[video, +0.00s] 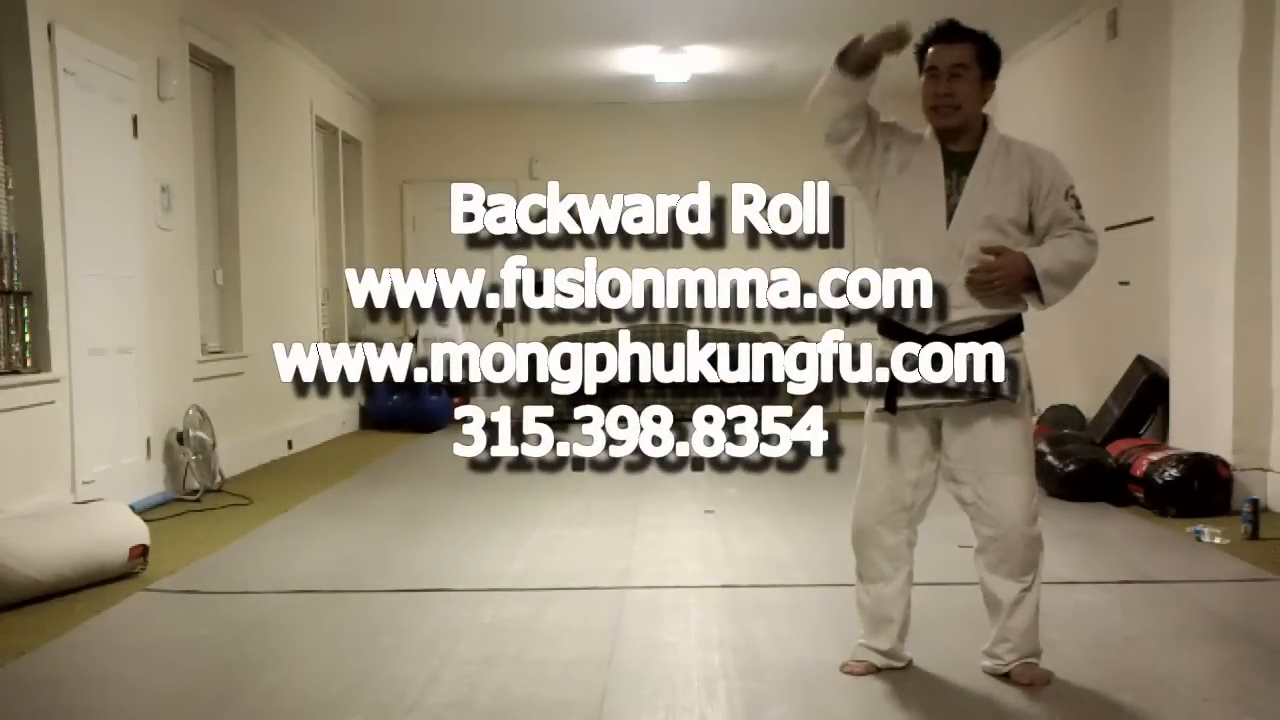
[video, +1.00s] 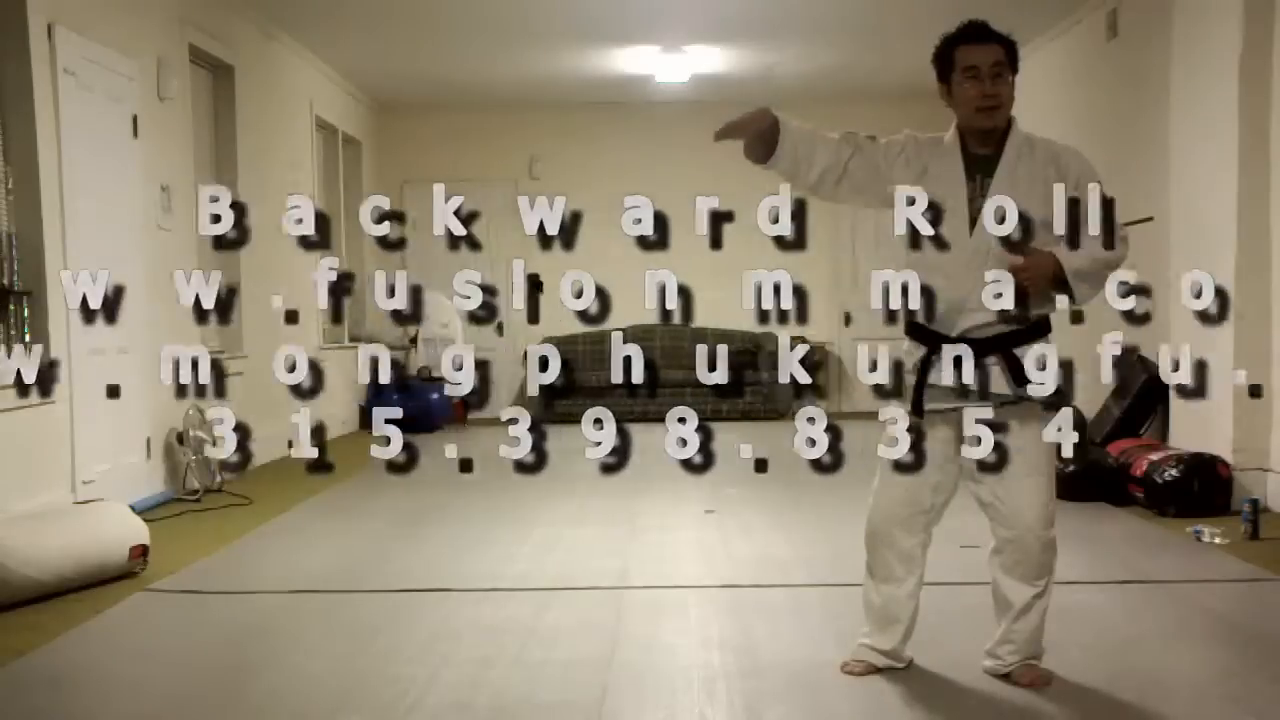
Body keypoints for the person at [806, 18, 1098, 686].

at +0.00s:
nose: (940, 85)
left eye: (957, 73)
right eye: (931, 73)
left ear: (988, 85)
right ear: (919, 86)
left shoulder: (1031, 167)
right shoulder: (887, 154)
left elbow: (1079, 243)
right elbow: (836, 121)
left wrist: (1032, 267)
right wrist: (858, 60)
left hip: (989, 362)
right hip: (896, 363)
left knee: (1011, 521)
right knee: (881, 516)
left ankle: (1014, 651)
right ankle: (879, 643)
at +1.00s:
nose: (989, 86)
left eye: (1000, 72)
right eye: (972, 74)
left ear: (1015, 83)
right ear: (946, 88)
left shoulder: (1060, 165)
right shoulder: (911, 158)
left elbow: (1110, 250)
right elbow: (840, 161)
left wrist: (1059, 265)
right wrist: (774, 133)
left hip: (1018, 368)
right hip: (929, 367)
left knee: (1029, 524)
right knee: (895, 514)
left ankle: (1016, 653)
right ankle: (882, 641)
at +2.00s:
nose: (968, 87)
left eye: (987, 74)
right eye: (962, 74)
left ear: (1021, 88)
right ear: (953, 83)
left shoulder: (1064, 171)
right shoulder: (918, 154)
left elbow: (1110, 251)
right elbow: (861, 120)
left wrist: (1063, 271)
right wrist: (841, 66)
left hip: (1018, 365)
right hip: (927, 362)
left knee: (1029, 526)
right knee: (893, 515)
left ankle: (1015, 654)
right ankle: (882, 641)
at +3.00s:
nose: (981, 85)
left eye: (991, 70)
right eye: (962, 76)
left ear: (1009, 80)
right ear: (941, 94)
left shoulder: (1059, 167)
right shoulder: (918, 162)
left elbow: (1106, 241)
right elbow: (869, 119)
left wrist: (1064, 266)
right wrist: (888, 62)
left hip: (1023, 367)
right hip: (933, 366)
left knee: (1035, 525)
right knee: (900, 516)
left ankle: (1017, 653)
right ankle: (884, 641)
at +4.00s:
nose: (979, 84)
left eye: (986, 69)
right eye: (959, 74)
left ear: (1000, 80)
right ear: (932, 95)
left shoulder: (1050, 162)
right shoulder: (909, 163)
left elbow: (1101, 234)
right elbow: (844, 175)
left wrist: (1060, 262)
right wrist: (808, 140)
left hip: (1022, 370)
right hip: (933, 370)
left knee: (1036, 528)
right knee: (899, 519)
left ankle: (1017, 654)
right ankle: (884, 643)